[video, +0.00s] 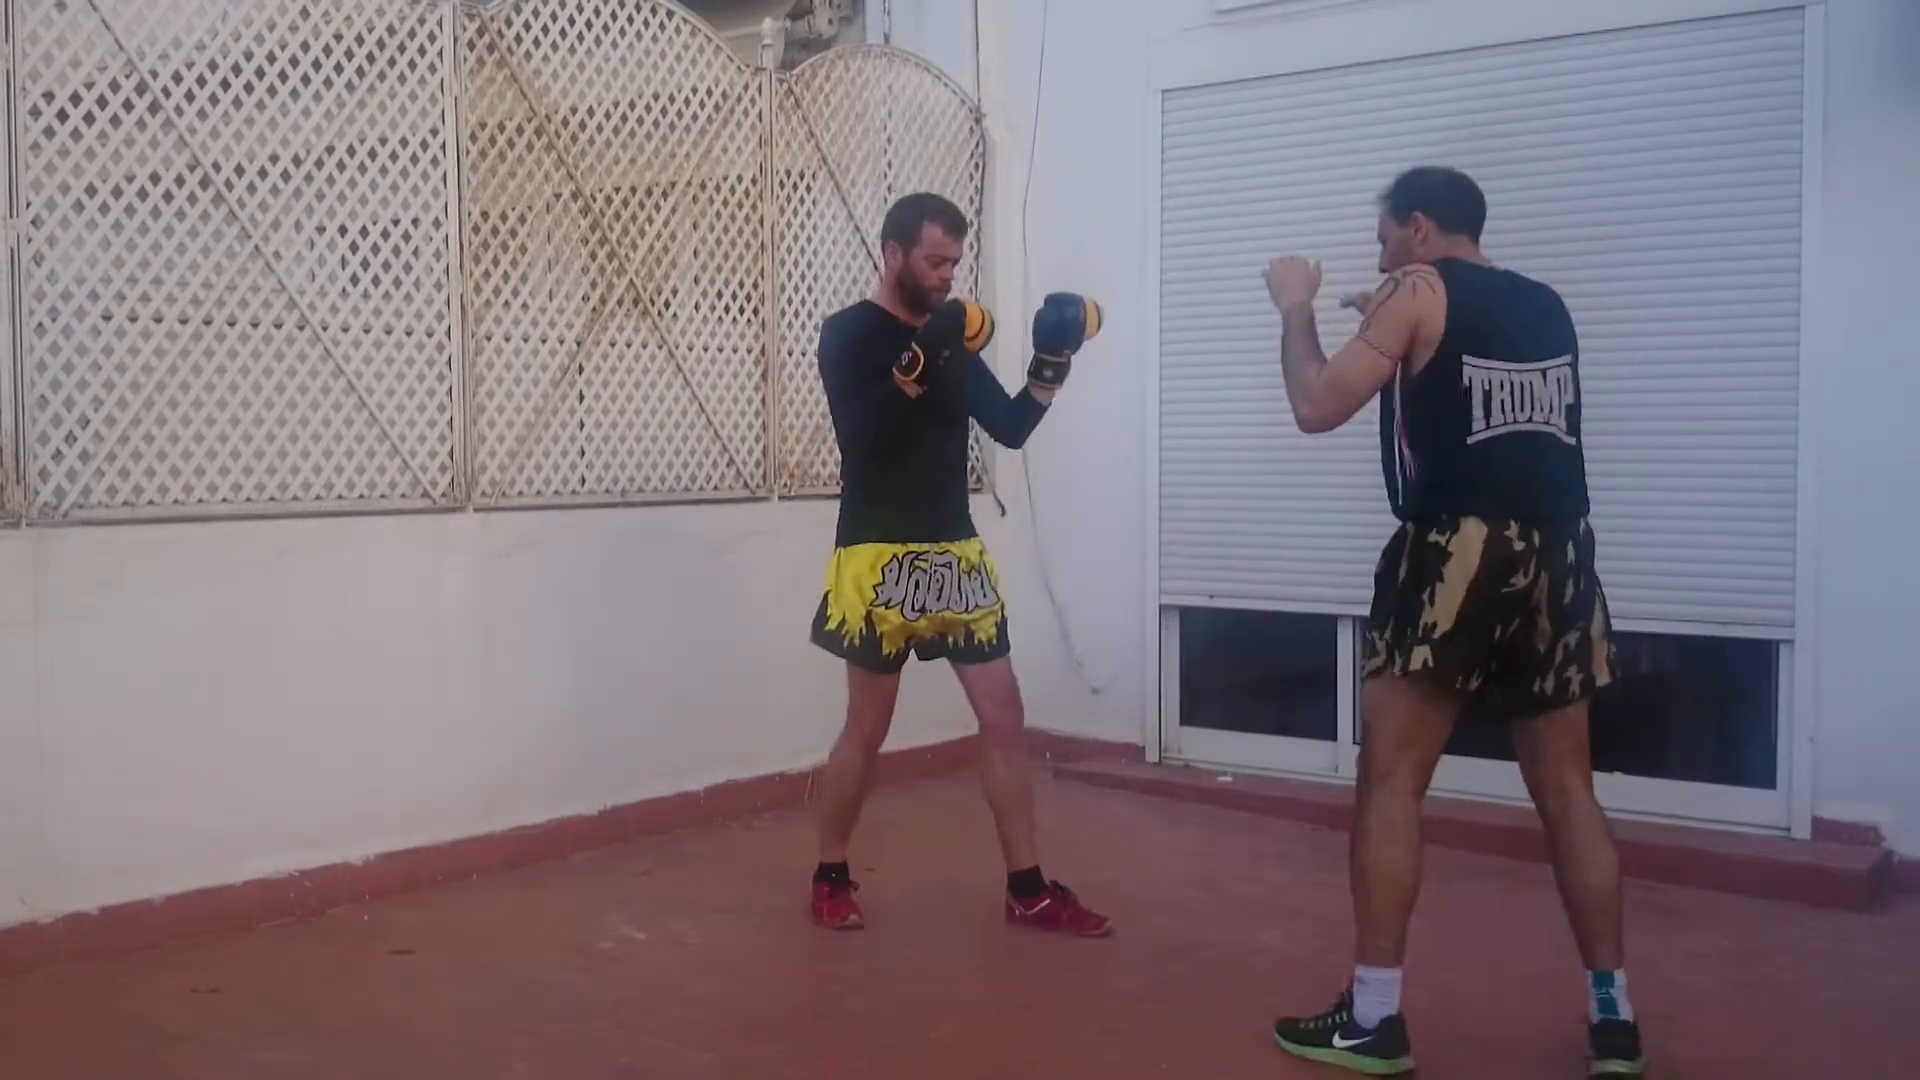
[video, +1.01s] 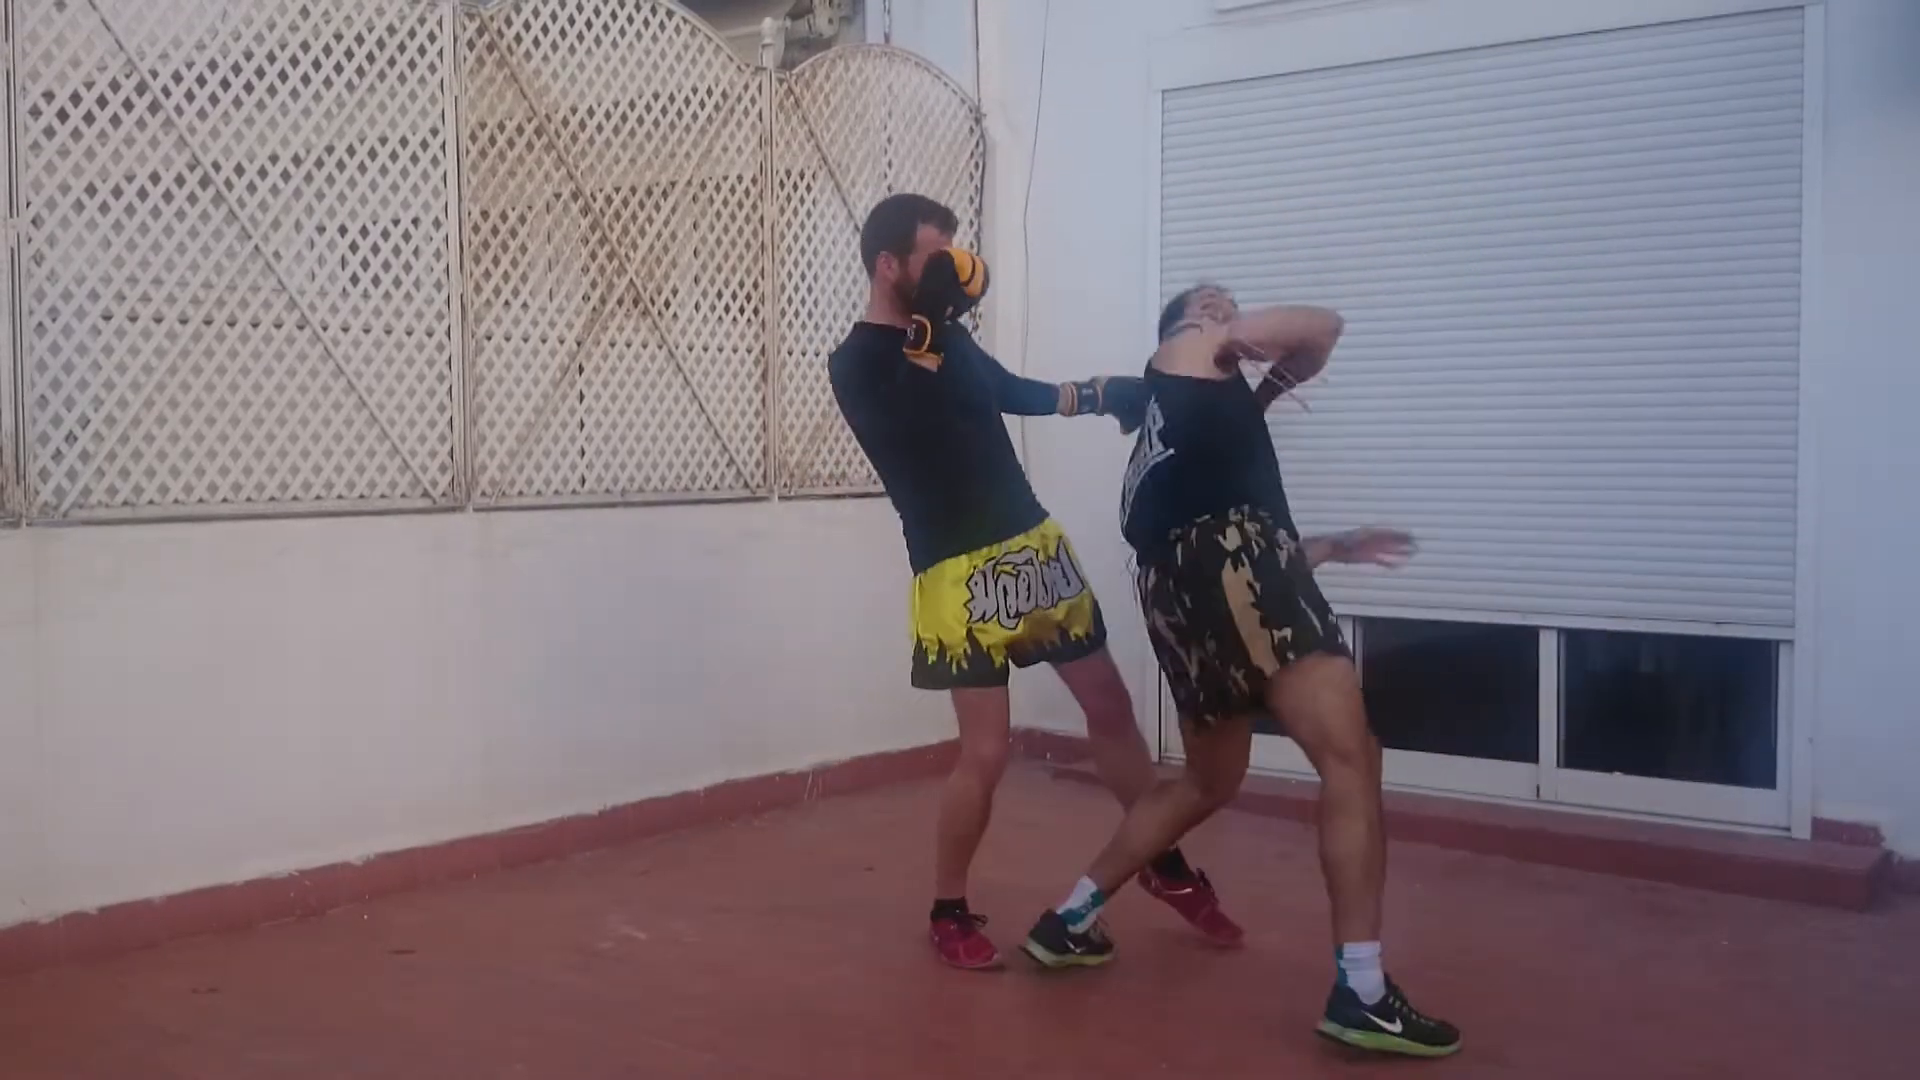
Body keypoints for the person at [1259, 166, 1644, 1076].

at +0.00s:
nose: (1386, 257)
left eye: (1387, 241)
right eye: (1383, 244)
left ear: (1417, 228)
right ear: (1472, 229)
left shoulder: (1417, 296)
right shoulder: (1545, 304)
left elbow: (1317, 405)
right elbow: (1480, 370)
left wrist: (1294, 311)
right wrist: (1397, 318)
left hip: (1453, 562)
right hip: (1559, 568)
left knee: (1392, 781)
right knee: (1568, 789)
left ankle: (1372, 1016)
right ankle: (1614, 1015)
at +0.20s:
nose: (1374, 267)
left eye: (1375, 251)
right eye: (1372, 254)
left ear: (1406, 239)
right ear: (1458, 239)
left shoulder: (1411, 305)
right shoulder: (1530, 312)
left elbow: (1310, 414)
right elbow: (1472, 383)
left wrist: (1285, 325)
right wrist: (1387, 338)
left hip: (1435, 559)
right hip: (1544, 568)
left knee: (1330, 750)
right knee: (1556, 790)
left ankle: (1355, 977)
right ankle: (1605, 1017)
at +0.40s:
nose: (1341, 309)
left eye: (1342, 295)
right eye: (1341, 297)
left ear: (1366, 283)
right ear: (1419, 284)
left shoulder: (1370, 338)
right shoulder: (1492, 348)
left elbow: (1264, 436)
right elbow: (1441, 421)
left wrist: (1252, 349)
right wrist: (1355, 370)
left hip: (1394, 580)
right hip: (1503, 590)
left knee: (1248, 722)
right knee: (1532, 807)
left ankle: (1194, 931)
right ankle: (1602, 1018)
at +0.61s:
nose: (1217, 420)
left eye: (1219, 411)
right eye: (1221, 413)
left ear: (1234, 408)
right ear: (1296, 396)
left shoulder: (1222, 450)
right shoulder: (1366, 408)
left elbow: (1123, 551)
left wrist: (1172, 496)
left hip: (1291, 615)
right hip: (1406, 609)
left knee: (1202, 774)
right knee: (1508, 805)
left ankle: (1095, 934)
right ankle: (1597, 1014)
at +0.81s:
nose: (1136, 453)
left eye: (1135, 447)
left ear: (1144, 441)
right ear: (1197, 404)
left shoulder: (1139, 485)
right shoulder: (1260, 406)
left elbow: (1104, 626)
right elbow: (1339, 492)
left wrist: (1138, 645)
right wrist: (1262, 481)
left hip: (1204, 582)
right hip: (1312, 561)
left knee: (1159, 750)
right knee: (1425, 765)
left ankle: (1091, 931)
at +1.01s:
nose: (1237, 312)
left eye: (1234, 305)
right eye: (1224, 303)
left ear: (1176, 335)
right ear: (1197, 320)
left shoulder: (1166, 435)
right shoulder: (1198, 344)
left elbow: (1230, 548)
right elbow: (1321, 327)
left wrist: (1337, 546)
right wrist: (1264, 365)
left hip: (1173, 587)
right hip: (1236, 556)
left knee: (1209, 777)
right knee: (1349, 755)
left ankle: (1069, 919)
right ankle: (1362, 990)